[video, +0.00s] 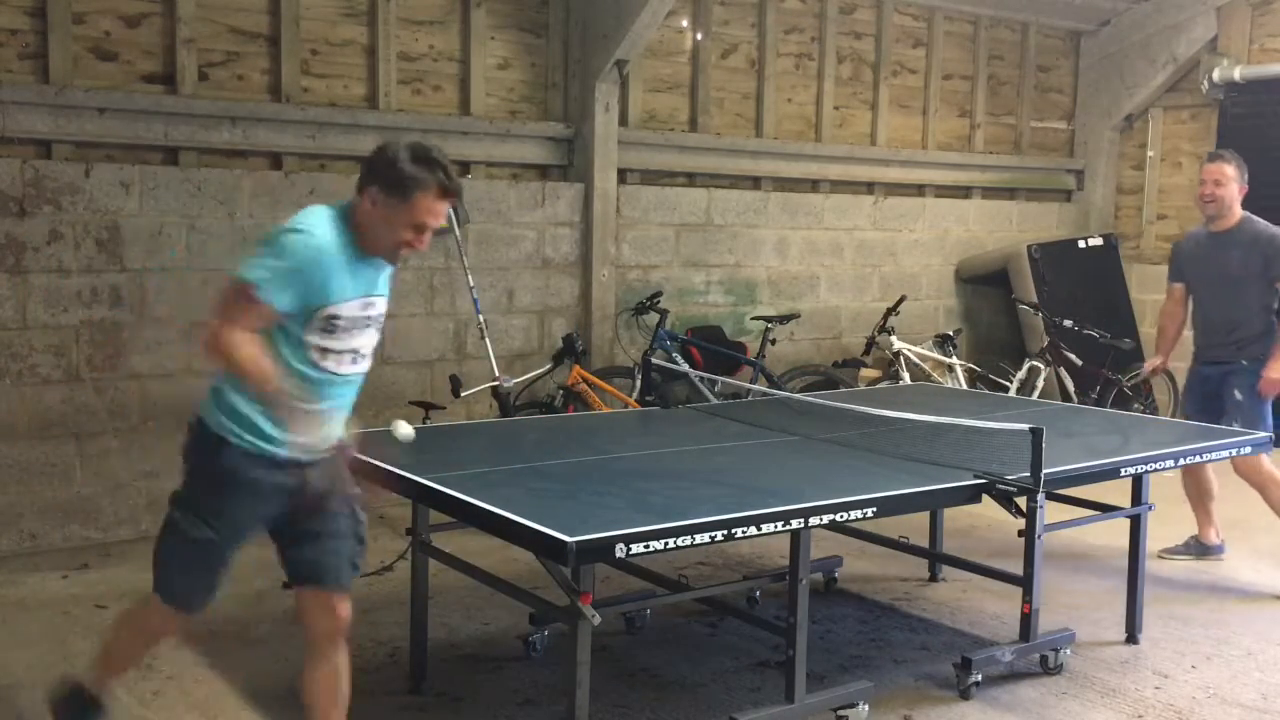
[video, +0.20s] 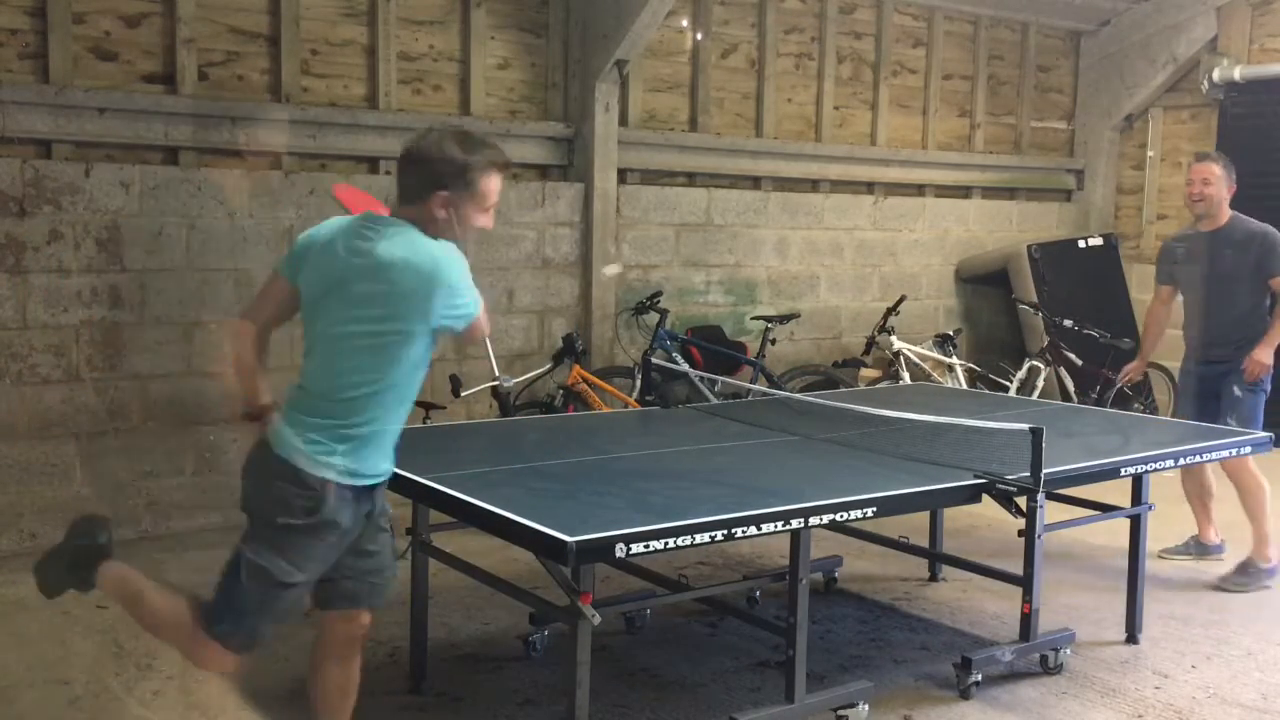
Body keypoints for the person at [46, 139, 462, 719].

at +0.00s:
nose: (422, 245)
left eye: (432, 233)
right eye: (415, 229)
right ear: (370, 203)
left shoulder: (379, 258)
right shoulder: (308, 244)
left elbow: (323, 348)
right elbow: (228, 330)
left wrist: (334, 430)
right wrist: (291, 403)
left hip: (318, 461)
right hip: (240, 453)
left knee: (332, 618)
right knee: (175, 604)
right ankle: (86, 694)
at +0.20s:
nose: (489, 225)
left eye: (492, 211)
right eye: (484, 210)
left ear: (427, 202)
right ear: (441, 205)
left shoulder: (328, 237)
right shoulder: (441, 266)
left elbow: (251, 324)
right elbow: (476, 329)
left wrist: (254, 399)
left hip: (358, 484)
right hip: (307, 482)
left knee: (348, 631)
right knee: (220, 647)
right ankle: (96, 566)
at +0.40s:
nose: (265, 165)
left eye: (267, 150)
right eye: (260, 150)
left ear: (208, 145)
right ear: (222, 145)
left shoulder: (124, 213)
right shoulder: (196, 224)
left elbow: (103, 351)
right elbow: (199, 365)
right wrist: (273, 454)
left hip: (110, 445)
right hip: (167, 451)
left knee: (121, 618)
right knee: (215, 636)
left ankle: (98, 709)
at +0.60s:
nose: (255, 163)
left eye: (255, 150)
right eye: (248, 150)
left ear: (199, 149)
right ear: (209, 148)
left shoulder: (134, 210)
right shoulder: (178, 220)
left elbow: (99, 349)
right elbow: (168, 356)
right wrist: (234, 446)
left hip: (107, 441)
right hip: (148, 448)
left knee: (130, 615)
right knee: (217, 630)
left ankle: (97, 711)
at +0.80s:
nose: (256, 160)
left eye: (256, 146)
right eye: (250, 145)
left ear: (201, 147)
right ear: (214, 146)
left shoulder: (125, 217)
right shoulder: (188, 227)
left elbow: (95, 350)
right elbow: (175, 357)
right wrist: (245, 439)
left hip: (111, 447)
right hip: (164, 455)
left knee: (133, 615)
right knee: (244, 629)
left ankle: (99, 712)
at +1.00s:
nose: (295, 171)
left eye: (296, 156)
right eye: (290, 156)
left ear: (233, 156)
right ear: (256, 156)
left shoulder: (145, 229)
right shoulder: (245, 241)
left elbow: (108, 354)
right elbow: (245, 372)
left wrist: (196, 382)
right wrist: (314, 438)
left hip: (129, 458)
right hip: (197, 468)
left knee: (143, 622)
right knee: (268, 645)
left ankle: (102, 714)